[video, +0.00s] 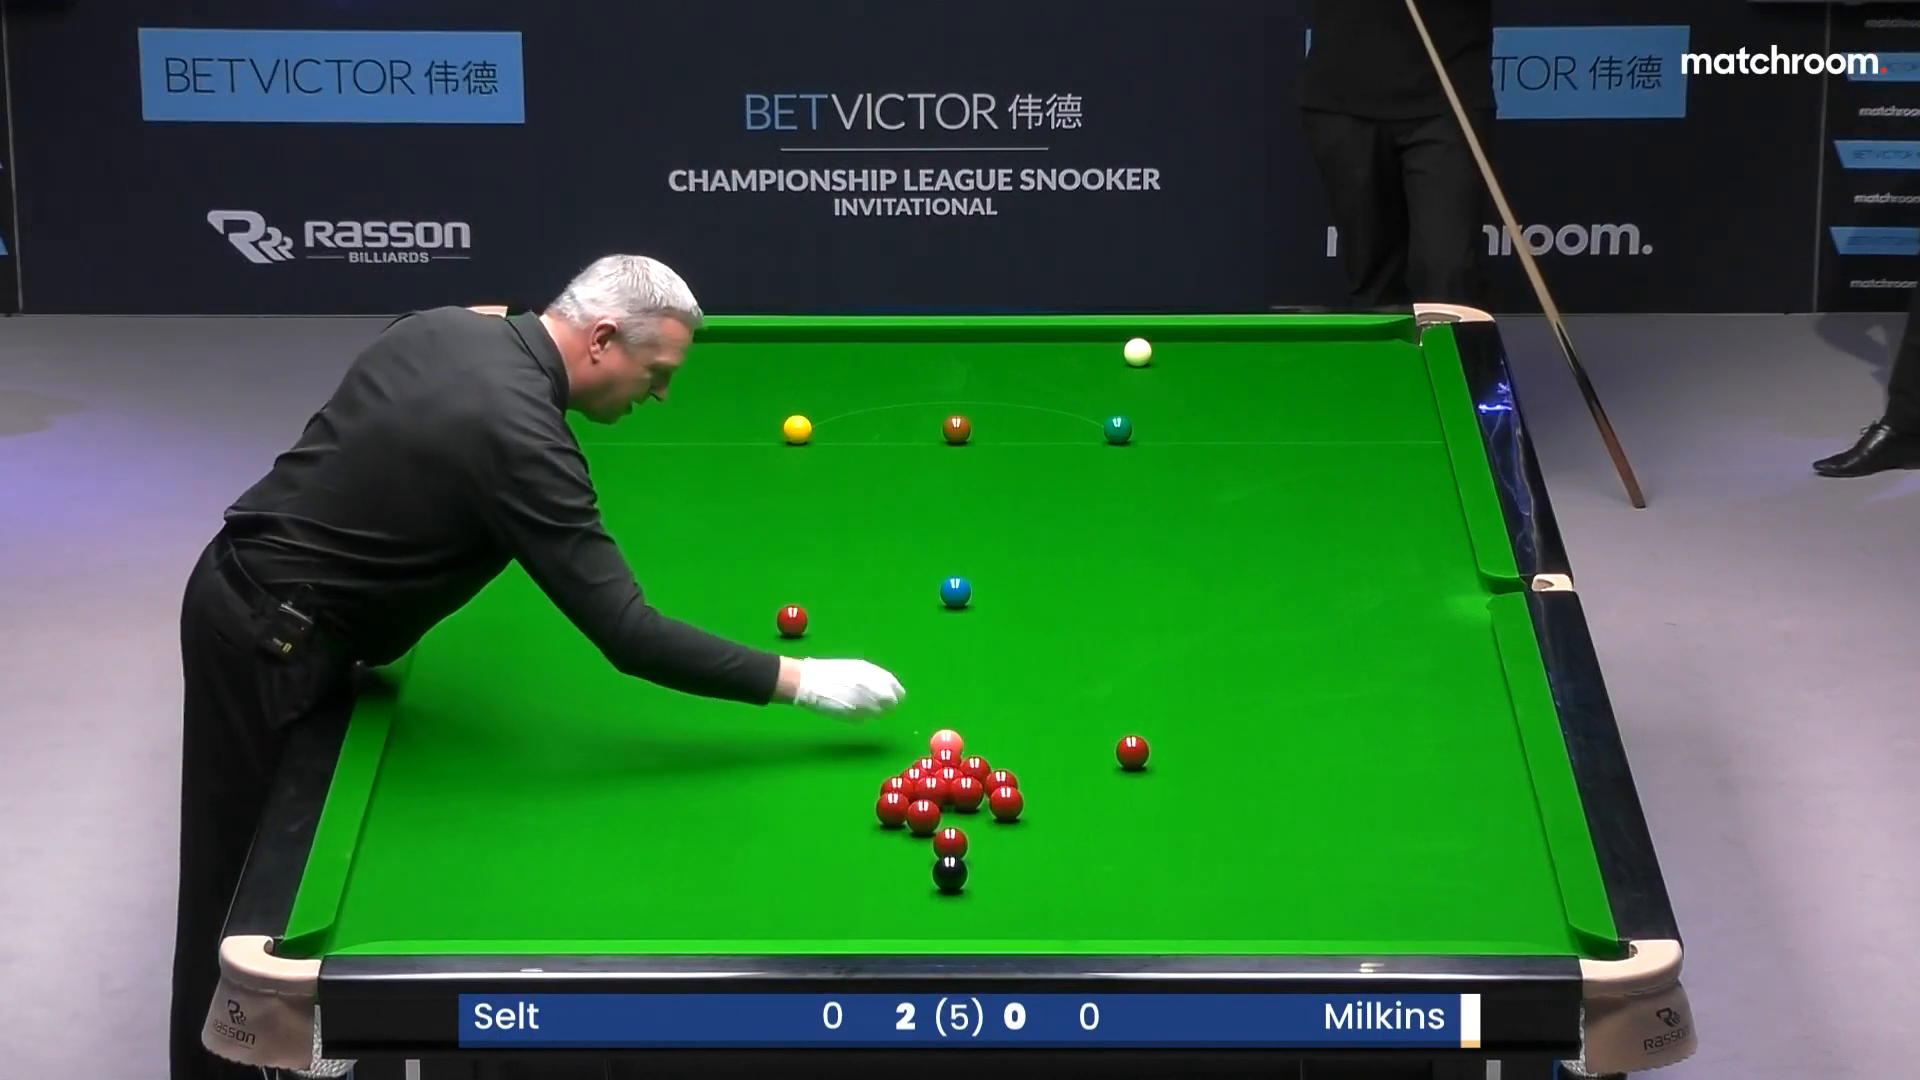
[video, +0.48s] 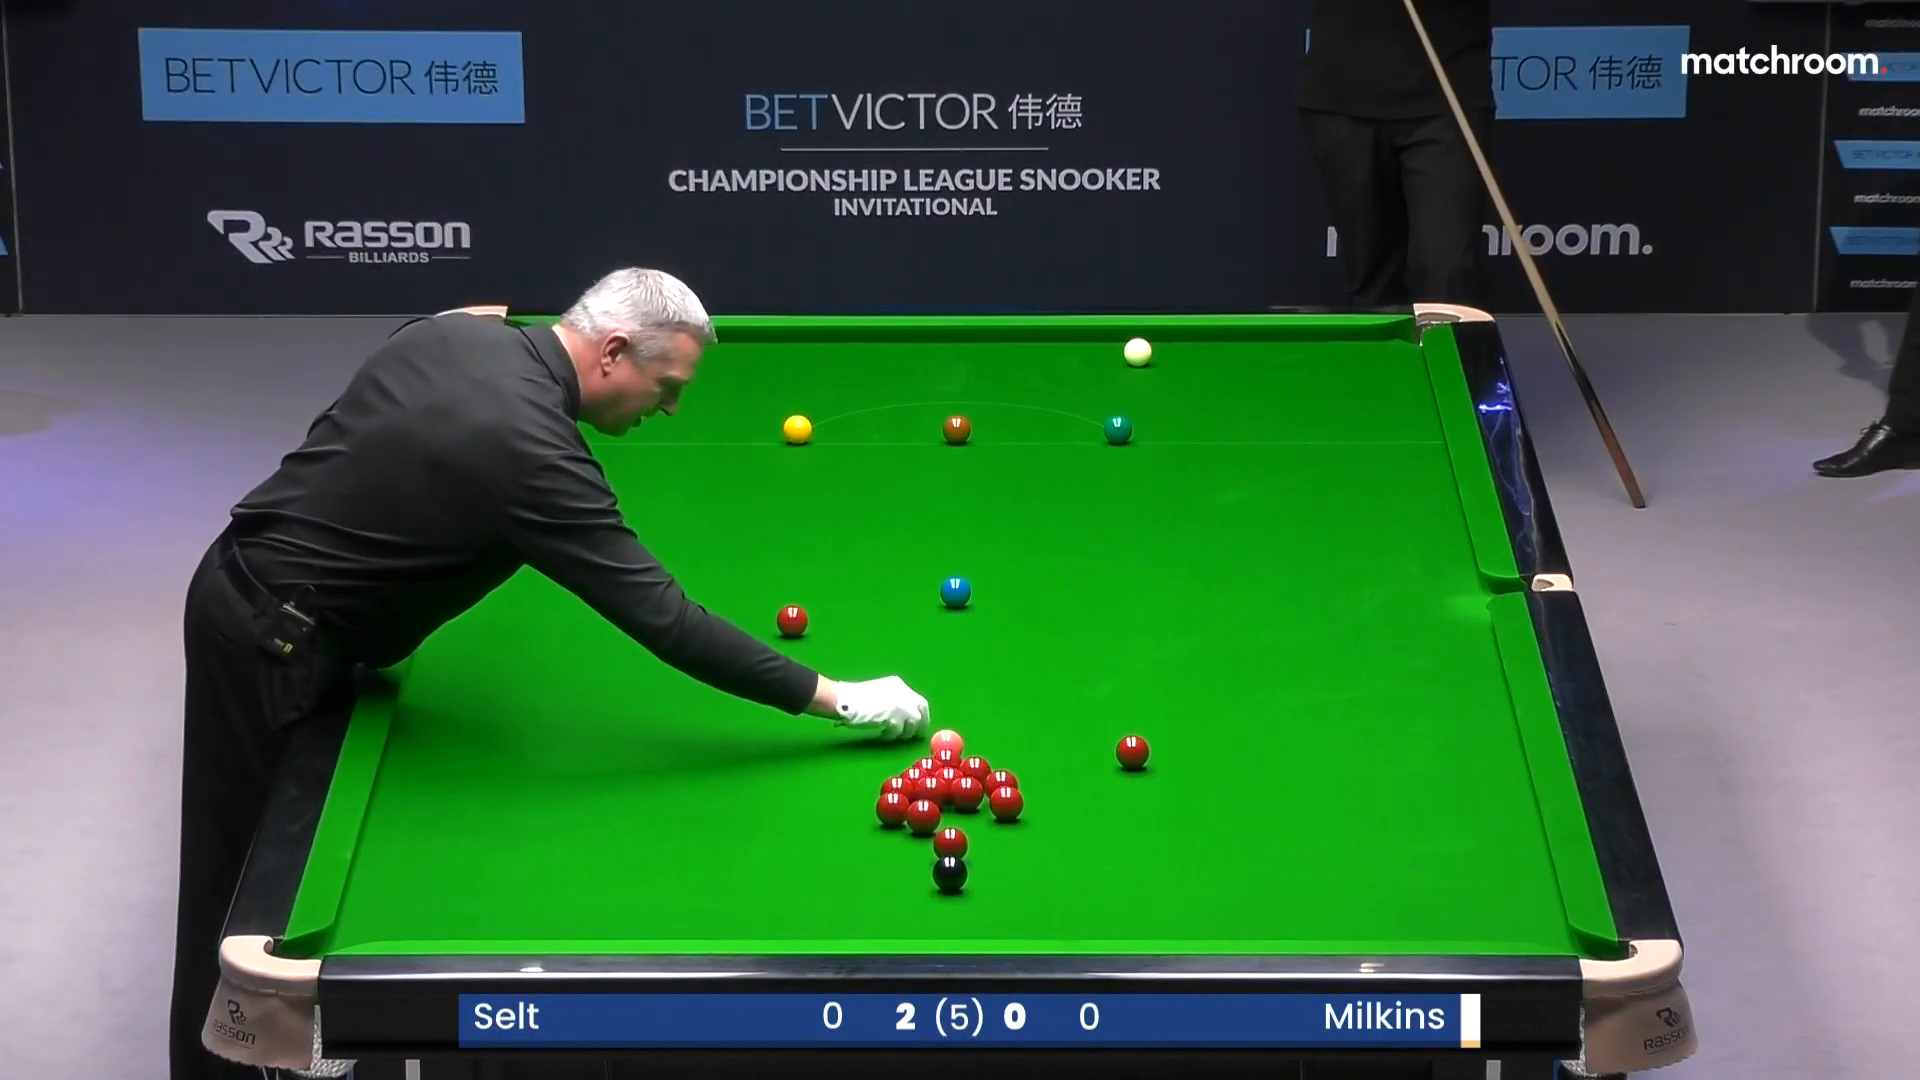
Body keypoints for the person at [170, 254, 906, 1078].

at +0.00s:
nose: (655, 393)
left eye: (666, 376)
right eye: (656, 372)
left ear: (584, 318)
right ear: (601, 334)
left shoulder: (446, 326)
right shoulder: (524, 432)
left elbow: (339, 448)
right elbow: (629, 631)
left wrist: (362, 615)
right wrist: (797, 675)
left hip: (240, 587)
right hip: (276, 635)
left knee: (240, 878)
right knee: (247, 892)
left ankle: (225, 1056)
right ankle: (219, 1063)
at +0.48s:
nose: (662, 408)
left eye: (673, 392)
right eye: (665, 388)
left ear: (594, 335)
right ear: (612, 352)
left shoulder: (454, 331)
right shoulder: (539, 452)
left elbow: (340, 440)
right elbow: (665, 617)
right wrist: (833, 693)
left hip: (240, 586)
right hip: (281, 638)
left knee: (241, 868)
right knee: (249, 885)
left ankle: (225, 1043)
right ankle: (214, 1052)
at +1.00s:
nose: (662, 412)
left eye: (674, 395)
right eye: (665, 390)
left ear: (595, 332)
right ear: (612, 349)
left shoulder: (457, 332)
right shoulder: (534, 446)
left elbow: (335, 440)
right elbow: (642, 644)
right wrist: (818, 675)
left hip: (243, 586)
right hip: (280, 636)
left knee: (245, 872)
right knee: (248, 890)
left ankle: (233, 1045)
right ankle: (217, 1054)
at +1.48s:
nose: (587, 356)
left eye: (600, 340)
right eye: (599, 338)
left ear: (521, 272)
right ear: (570, 307)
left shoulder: (391, 306)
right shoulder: (472, 410)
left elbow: (298, 445)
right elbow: (447, 612)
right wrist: (593, 630)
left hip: (225, 598)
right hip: (270, 638)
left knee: (236, 869)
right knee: (248, 883)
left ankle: (217, 1050)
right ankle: (214, 1057)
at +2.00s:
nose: (418, 299)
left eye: (433, 283)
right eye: (430, 279)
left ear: (374, 226)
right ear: (396, 241)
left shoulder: (246, 279)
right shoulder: (309, 338)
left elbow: (226, 443)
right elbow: (267, 533)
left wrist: (338, 503)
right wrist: (378, 573)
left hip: (164, 613)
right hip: (210, 637)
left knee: (201, 860)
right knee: (222, 872)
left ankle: (189, 1050)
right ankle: (193, 1058)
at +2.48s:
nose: (243, 355)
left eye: (255, 340)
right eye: (237, 334)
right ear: (179, 280)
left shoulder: (189, 336)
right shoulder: (74, 377)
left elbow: (201, 476)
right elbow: (5, 561)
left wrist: (241, 571)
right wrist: (121, 654)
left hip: (126, 688)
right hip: (27, 696)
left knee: (170, 915)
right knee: (2, 935)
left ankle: (202, 1070)